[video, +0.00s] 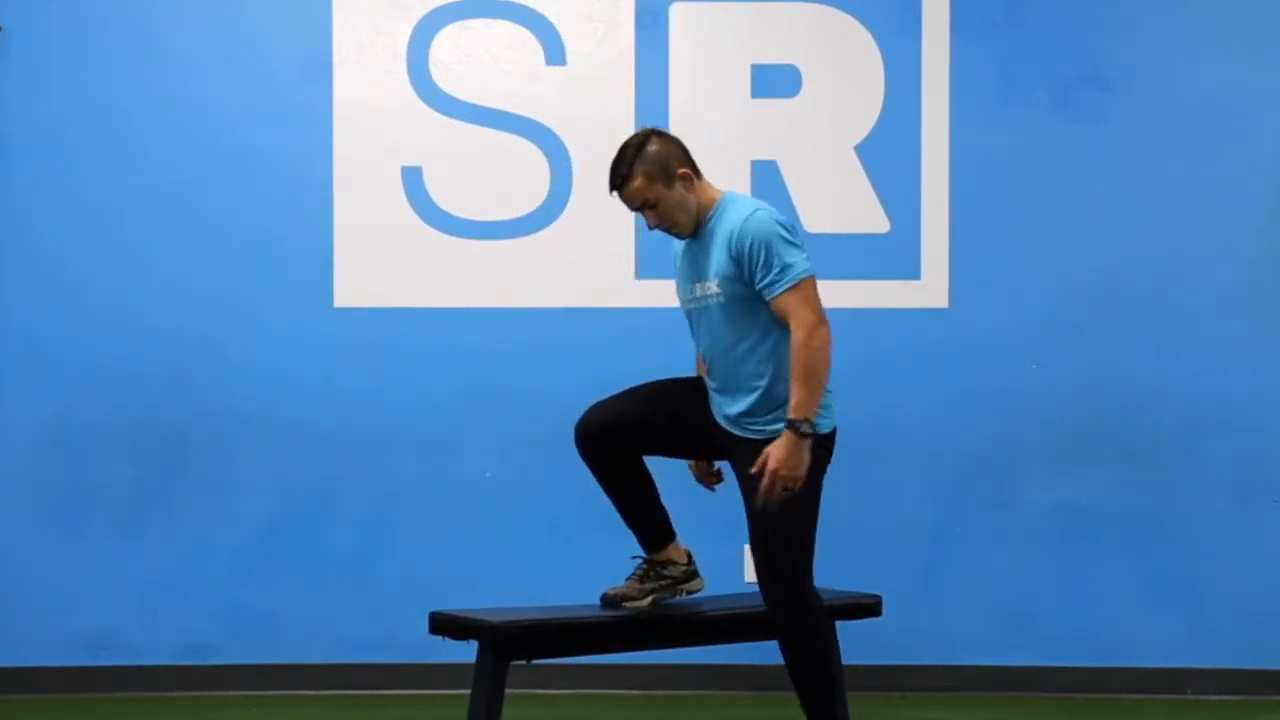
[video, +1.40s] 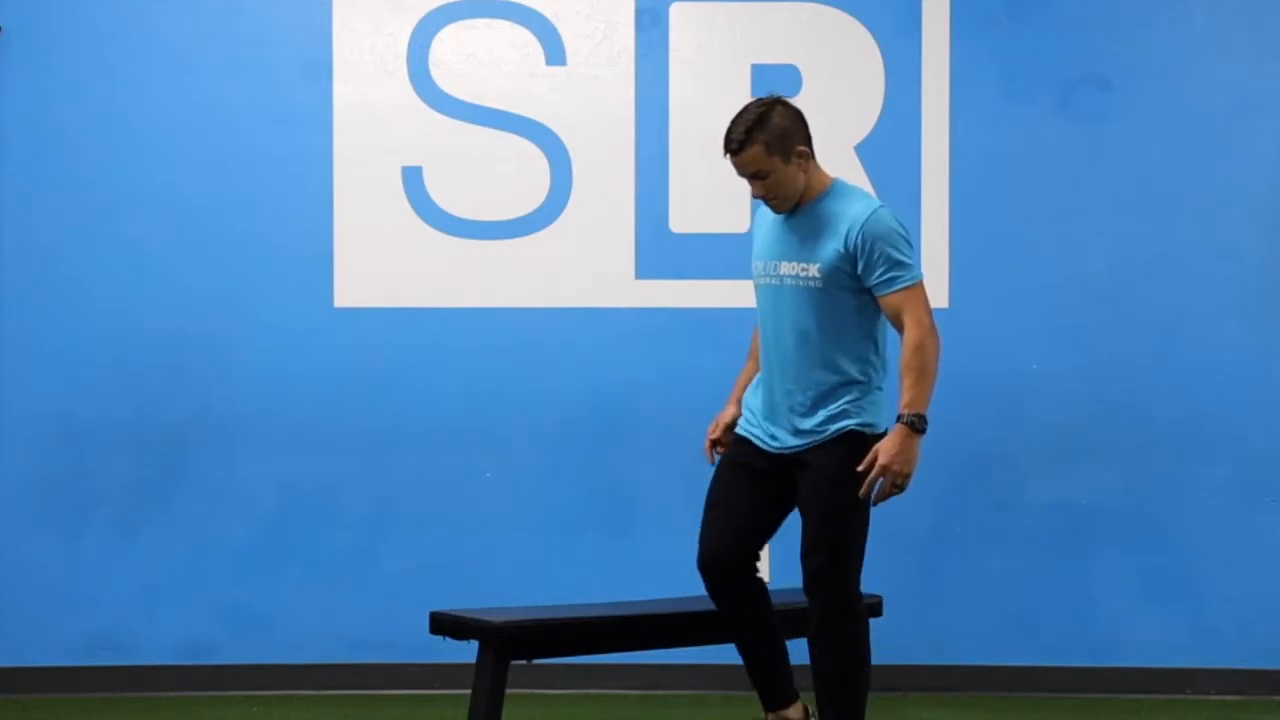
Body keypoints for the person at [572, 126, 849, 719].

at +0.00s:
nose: (649, 222)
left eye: (650, 206)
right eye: (641, 212)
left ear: (685, 179)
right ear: (675, 184)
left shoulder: (753, 228)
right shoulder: (694, 245)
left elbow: (811, 324)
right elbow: (711, 349)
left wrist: (798, 433)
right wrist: (701, 438)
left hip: (779, 430)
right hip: (719, 411)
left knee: (788, 595)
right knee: (601, 431)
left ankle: (829, 713)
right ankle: (667, 561)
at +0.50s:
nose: (737, 188)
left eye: (742, 173)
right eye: (729, 176)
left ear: (784, 154)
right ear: (728, 167)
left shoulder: (850, 215)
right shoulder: (756, 220)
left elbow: (903, 320)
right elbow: (752, 320)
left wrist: (872, 418)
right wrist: (714, 414)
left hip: (814, 427)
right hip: (751, 390)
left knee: (815, 591)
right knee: (630, 404)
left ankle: (836, 715)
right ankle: (697, 529)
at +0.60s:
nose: (745, 184)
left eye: (751, 169)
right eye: (737, 171)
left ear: (792, 151)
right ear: (739, 162)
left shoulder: (854, 214)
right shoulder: (763, 214)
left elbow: (904, 319)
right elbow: (761, 312)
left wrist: (870, 416)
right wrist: (733, 380)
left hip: (817, 426)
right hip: (754, 394)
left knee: (817, 588)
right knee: (640, 425)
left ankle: (837, 714)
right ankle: (745, 539)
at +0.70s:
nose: (749, 184)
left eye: (756, 169)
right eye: (741, 172)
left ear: (797, 151)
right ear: (741, 163)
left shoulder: (860, 215)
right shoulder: (767, 212)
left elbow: (905, 322)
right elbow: (766, 314)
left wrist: (873, 418)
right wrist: (727, 394)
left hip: (825, 428)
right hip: (757, 407)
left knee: (823, 597)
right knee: (662, 482)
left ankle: (839, 715)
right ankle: (765, 605)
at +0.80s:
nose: (752, 185)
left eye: (759, 170)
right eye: (744, 173)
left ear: (798, 149)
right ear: (747, 163)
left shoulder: (863, 216)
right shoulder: (766, 216)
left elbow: (908, 324)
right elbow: (766, 321)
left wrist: (880, 419)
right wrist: (723, 408)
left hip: (827, 434)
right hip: (753, 424)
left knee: (825, 599)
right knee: (699, 537)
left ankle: (840, 715)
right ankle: (778, 675)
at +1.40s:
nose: (755, 190)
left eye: (762, 176)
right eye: (747, 178)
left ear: (802, 157)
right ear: (743, 165)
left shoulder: (866, 222)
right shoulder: (766, 213)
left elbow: (920, 329)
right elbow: (776, 323)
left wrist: (909, 427)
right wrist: (737, 405)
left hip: (841, 432)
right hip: (765, 428)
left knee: (830, 590)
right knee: (721, 560)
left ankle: (842, 714)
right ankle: (784, 708)